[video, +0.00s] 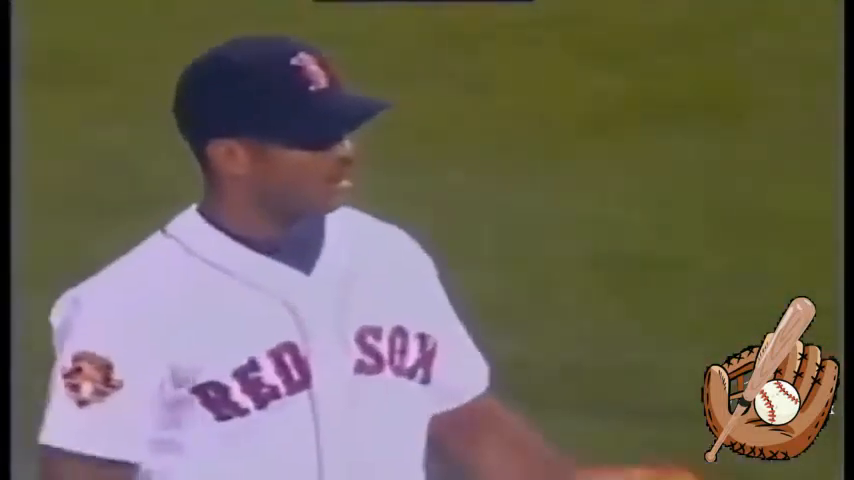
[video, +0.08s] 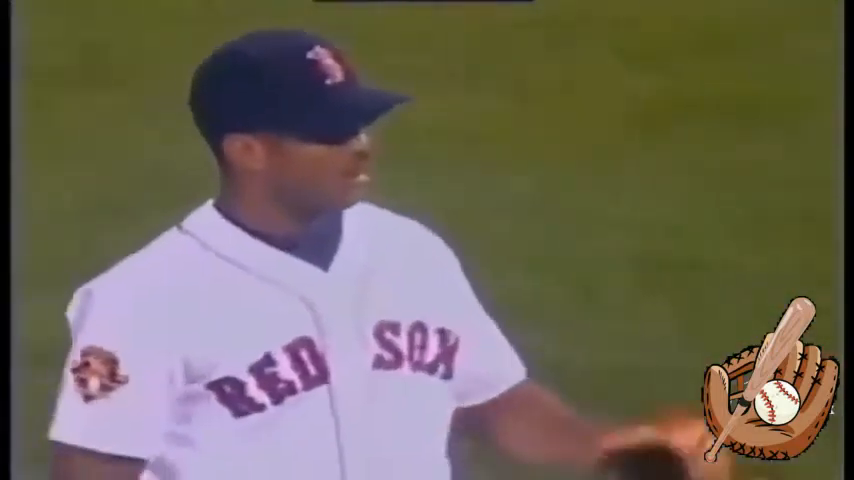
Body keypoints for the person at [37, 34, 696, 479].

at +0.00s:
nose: (351, 152)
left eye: (348, 130)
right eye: (322, 137)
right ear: (232, 158)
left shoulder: (392, 258)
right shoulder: (118, 310)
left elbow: (473, 427)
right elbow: (79, 473)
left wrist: (583, 476)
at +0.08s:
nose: (366, 146)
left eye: (363, 125)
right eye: (337, 132)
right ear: (250, 151)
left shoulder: (415, 255)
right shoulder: (135, 303)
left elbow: (507, 406)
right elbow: (89, 470)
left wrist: (609, 449)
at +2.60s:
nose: (309, 294)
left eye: (327, 273)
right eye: (290, 275)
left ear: (404, 206)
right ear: (265, 221)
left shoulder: (557, 272)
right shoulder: (263, 225)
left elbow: (662, 444)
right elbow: (239, 368)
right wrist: (167, 466)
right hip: (317, 469)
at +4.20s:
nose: (299, 250)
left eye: (323, 229)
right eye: (280, 227)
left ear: (396, 166)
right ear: (246, 171)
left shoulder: (538, 207)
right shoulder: (213, 177)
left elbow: (669, 377)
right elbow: (162, 329)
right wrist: (126, 458)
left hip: (485, 469)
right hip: (268, 468)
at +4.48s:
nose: (289, 234)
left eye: (311, 208)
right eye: (268, 212)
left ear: (377, 142)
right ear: (230, 158)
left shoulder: (518, 185)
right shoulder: (194, 174)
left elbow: (687, 344)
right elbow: (151, 328)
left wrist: (766, 432)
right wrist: (119, 467)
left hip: (466, 470)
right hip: (257, 467)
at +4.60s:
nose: (287, 218)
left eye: (308, 195)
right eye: (264, 201)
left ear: (369, 125)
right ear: (220, 150)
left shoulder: (505, 183)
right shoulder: (182, 176)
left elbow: (666, 343)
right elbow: (142, 328)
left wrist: (755, 452)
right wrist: (115, 468)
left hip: (462, 475)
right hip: (249, 474)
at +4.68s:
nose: (288, 204)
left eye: (308, 182)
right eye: (265, 190)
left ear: (370, 114)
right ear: (221, 135)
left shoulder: (501, 177)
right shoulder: (176, 174)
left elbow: (661, 343)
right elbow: (138, 326)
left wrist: (706, 464)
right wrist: (117, 462)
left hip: (463, 472)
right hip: (249, 471)